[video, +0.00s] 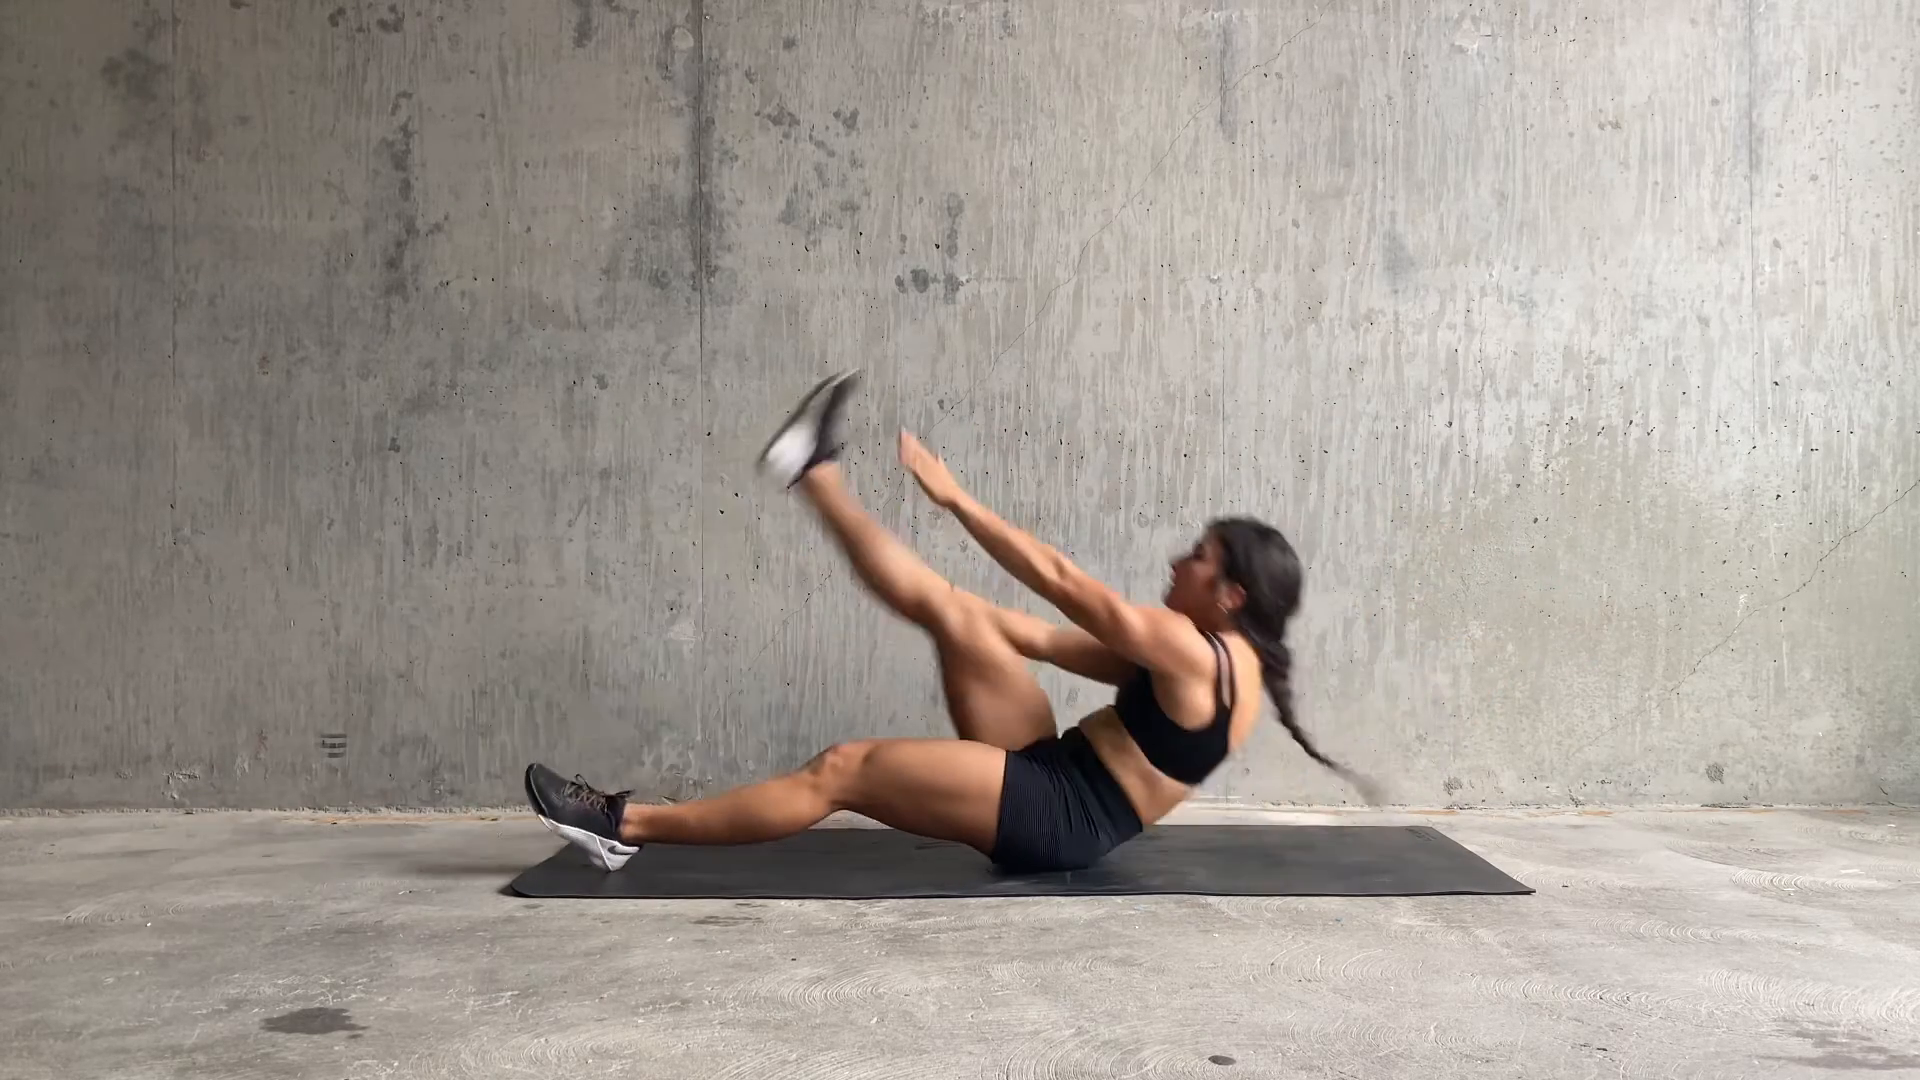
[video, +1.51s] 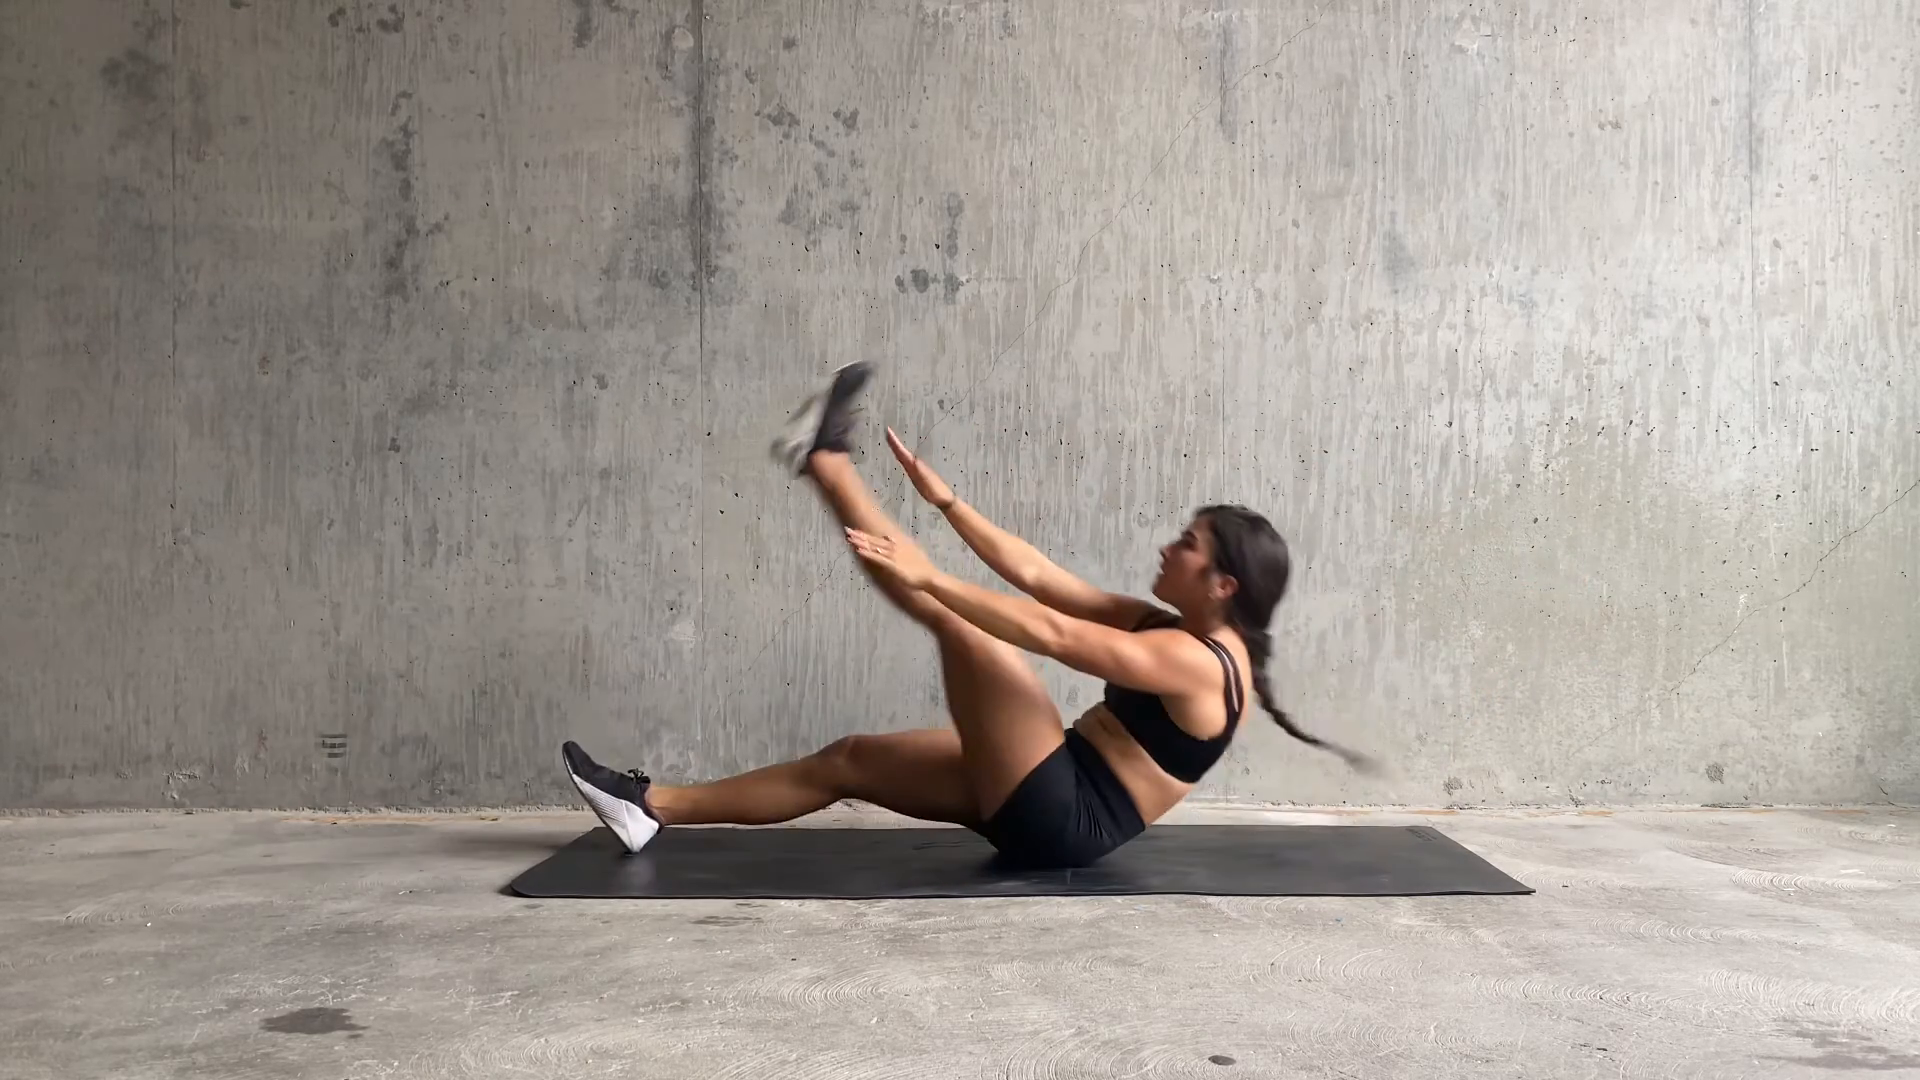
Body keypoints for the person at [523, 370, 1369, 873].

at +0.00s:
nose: (1175, 567)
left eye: (1193, 562)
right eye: (1190, 556)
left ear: (1229, 594)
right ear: (1237, 598)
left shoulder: (1189, 654)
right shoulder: (1226, 660)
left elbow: (1053, 581)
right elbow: (1073, 645)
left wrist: (956, 498)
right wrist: (995, 619)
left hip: (1059, 812)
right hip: (1058, 768)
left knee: (843, 772)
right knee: (952, 613)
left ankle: (627, 823)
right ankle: (814, 473)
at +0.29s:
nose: (1182, 555)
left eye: (1199, 551)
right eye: (1194, 544)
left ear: (1235, 586)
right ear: (1238, 591)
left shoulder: (1204, 651)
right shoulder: (1207, 652)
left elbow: (1077, 584)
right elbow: (1062, 629)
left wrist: (968, 502)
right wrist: (962, 573)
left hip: (1064, 813)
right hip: (1064, 775)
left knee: (851, 784)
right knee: (963, 614)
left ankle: (633, 823)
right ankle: (813, 481)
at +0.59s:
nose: (1267, 650)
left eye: (1288, 650)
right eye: (1279, 637)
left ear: (1320, 691)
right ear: (1310, 685)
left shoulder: (1282, 743)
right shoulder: (1263, 726)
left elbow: (1203, 624)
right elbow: (1179, 628)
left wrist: (1159, 505)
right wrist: (1146, 508)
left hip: (1073, 814)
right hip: (1066, 768)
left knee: (857, 791)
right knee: (876, 709)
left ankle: (635, 827)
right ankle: (679, 679)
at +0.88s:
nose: (1333, 702)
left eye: (1357, 701)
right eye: (1345, 685)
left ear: (1385, 743)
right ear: (1335, 702)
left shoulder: (1327, 812)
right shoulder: (1310, 780)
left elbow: (1419, 708)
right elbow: (1397, 686)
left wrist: (1503, 611)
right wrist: (1476, 605)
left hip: (1090, 811)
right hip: (1087, 778)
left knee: (870, 788)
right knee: (868, 764)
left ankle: (654, 836)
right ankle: (667, 803)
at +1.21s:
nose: (1296, 696)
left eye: (1315, 691)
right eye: (1308, 684)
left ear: (1354, 729)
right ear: (1347, 726)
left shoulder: (1307, 778)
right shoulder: (1305, 778)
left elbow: (1220, 654)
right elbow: (1228, 654)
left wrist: (1185, 535)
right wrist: (1192, 554)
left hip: (1085, 812)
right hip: (1085, 800)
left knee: (887, 753)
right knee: (876, 782)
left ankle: (667, 770)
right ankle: (672, 803)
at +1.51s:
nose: (1163, 554)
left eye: (1182, 549)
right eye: (1174, 542)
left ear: (1222, 582)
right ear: (1213, 577)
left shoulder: (1196, 662)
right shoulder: (1177, 634)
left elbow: (1051, 636)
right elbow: (1048, 582)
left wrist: (922, 581)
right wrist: (949, 505)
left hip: (1066, 815)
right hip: (1050, 791)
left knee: (957, 614)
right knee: (849, 761)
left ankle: (826, 455)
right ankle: (653, 807)